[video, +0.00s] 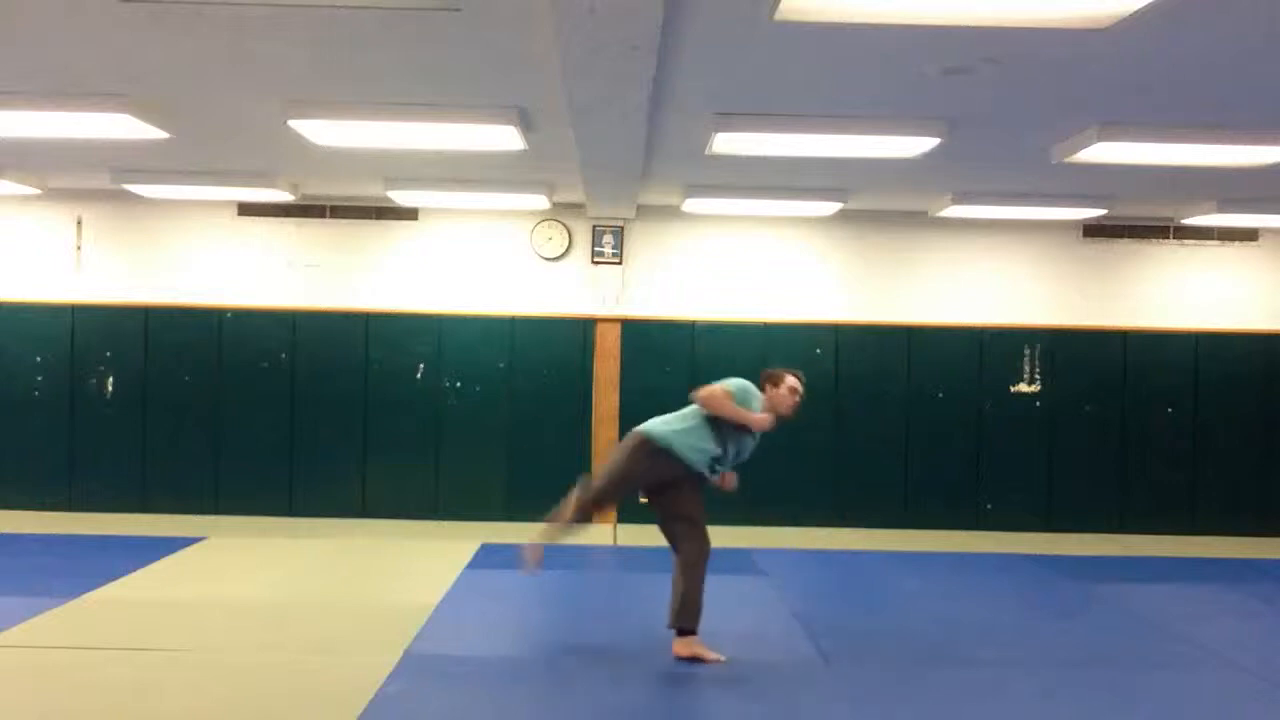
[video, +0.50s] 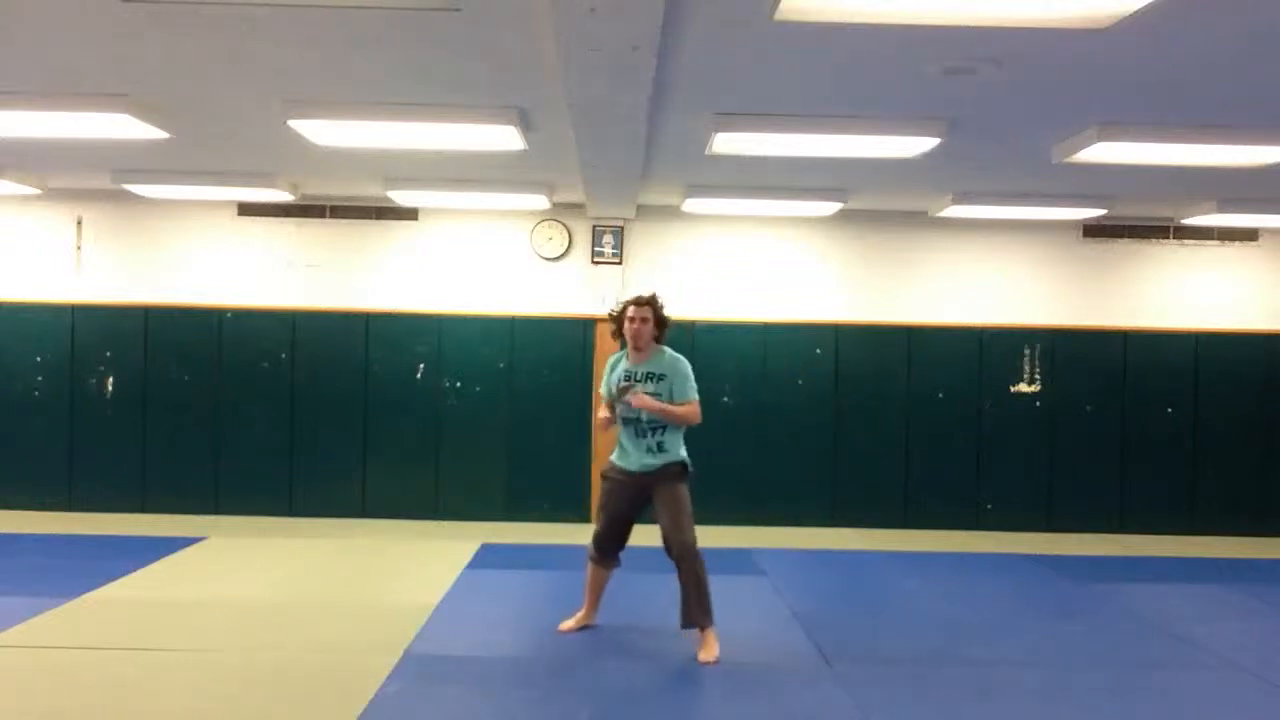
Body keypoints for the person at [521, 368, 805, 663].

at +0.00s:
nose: (797, 399)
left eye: (799, 394)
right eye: (792, 390)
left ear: (789, 401)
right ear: (770, 387)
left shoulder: (752, 437)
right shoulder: (744, 390)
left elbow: (707, 451)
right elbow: (705, 396)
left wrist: (721, 473)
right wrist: (751, 419)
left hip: (682, 476)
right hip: (654, 445)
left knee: (694, 549)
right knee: (596, 495)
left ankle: (685, 639)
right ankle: (544, 535)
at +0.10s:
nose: (762, 377)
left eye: (768, 373)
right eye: (758, 367)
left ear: (769, 383)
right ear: (738, 365)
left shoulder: (745, 424)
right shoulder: (700, 380)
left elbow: (720, 466)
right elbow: (649, 399)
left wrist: (720, 460)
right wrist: (691, 422)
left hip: (679, 485)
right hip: (636, 471)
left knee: (697, 553)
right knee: (598, 544)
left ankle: (686, 639)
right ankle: (578, 606)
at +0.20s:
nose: (704, 359)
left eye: (713, 355)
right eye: (700, 350)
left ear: (719, 362)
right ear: (684, 349)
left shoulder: (721, 400)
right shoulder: (652, 378)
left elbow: (726, 452)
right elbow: (615, 412)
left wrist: (690, 435)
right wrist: (633, 429)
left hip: (677, 482)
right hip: (631, 476)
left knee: (695, 551)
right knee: (597, 549)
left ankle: (691, 637)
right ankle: (588, 612)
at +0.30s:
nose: (660, 340)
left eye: (668, 334)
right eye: (655, 332)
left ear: (679, 341)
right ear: (644, 336)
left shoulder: (695, 375)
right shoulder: (630, 370)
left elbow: (710, 427)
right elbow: (617, 409)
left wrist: (663, 411)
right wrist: (617, 417)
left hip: (678, 476)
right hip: (632, 471)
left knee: (688, 548)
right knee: (607, 546)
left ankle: (695, 636)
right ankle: (589, 612)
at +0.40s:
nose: (643, 330)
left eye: (651, 324)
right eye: (638, 323)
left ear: (662, 329)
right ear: (627, 326)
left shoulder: (681, 366)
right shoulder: (620, 365)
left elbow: (695, 416)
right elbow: (617, 407)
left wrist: (652, 400)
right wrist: (609, 414)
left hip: (672, 468)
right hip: (629, 465)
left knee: (685, 549)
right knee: (610, 544)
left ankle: (699, 635)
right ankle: (590, 611)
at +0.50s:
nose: (635, 327)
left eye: (643, 321)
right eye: (630, 320)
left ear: (656, 327)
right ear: (623, 325)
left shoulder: (676, 364)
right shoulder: (614, 364)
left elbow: (693, 415)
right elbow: (604, 410)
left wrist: (653, 405)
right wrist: (607, 413)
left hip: (668, 466)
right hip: (624, 465)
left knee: (682, 546)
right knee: (604, 542)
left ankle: (706, 633)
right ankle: (588, 612)